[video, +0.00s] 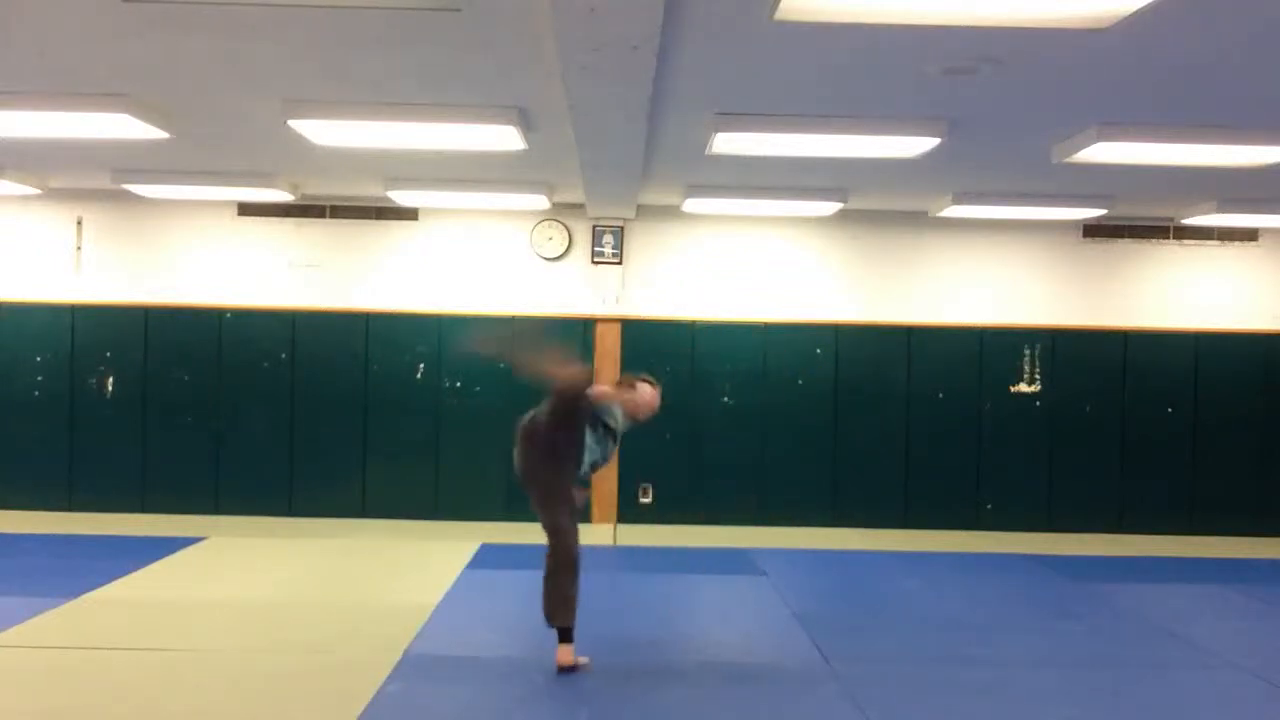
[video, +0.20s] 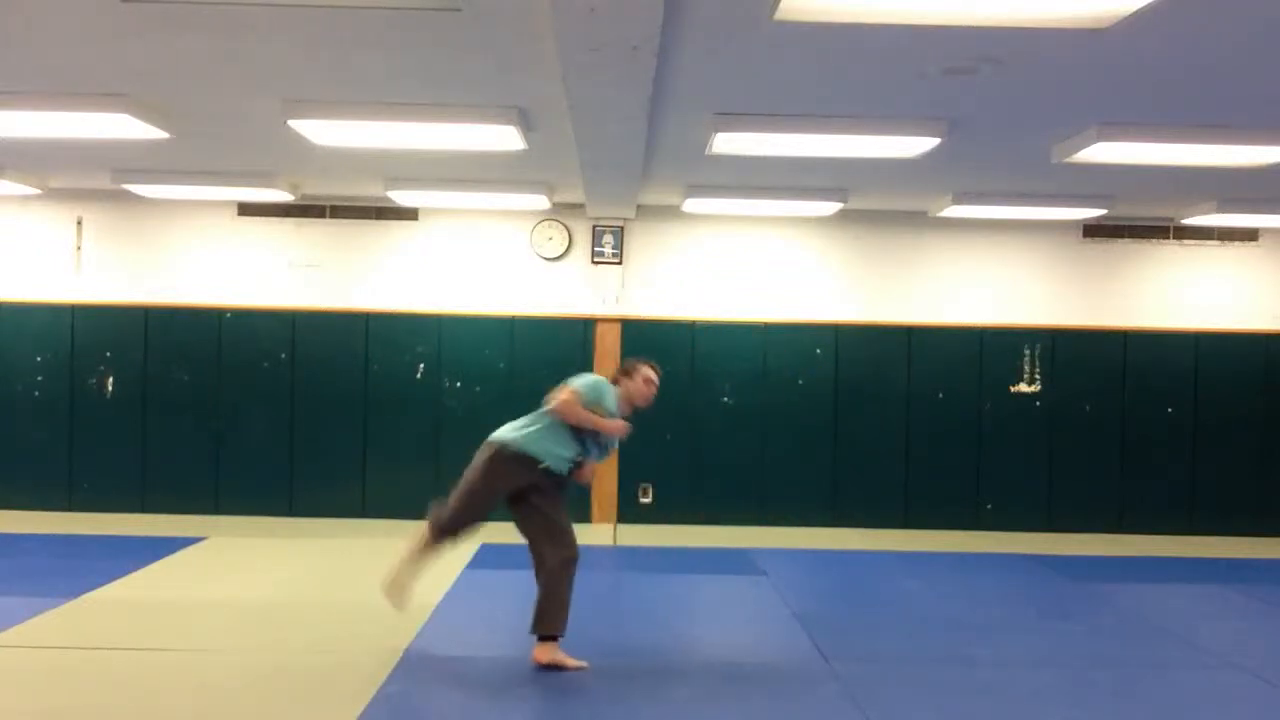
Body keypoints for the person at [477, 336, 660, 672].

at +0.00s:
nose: (648, 405)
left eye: (653, 405)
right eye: (647, 395)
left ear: (648, 415)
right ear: (630, 388)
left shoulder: (607, 442)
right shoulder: (608, 402)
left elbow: (578, 469)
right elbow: (592, 395)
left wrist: (577, 490)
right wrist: (625, 398)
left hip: (554, 481)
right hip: (546, 443)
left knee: (565, 551)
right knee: (575, 382)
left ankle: (565, 647)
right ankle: (507, 353)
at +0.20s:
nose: (652, 390)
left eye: (655, 386)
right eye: (647, 381)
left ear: (651, 393)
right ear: (625, 377)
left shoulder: (616, 426)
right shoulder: (596, 385)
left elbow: (582, 467)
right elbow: (560, 404)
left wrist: (587, 472)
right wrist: (604, 425)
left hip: (543, 478)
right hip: (508, 454)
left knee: (560, 554)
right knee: (454, 519)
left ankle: (547, 645)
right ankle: (410, 564)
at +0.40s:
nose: (548, 347)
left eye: (556, 342)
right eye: (543, 339)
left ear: (565, 350)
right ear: (528, 341)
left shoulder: (575, 393)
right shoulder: (505, 373)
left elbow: (577, 446)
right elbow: (473, 415)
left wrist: (547, 451)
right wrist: (488, 424)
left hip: (540, 481)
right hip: (494, 476)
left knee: (549, 555)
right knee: (462, 549)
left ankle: (563, 640)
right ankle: (465, 615)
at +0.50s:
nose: (507, 335)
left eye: (515, 328)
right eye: (502, 327)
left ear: (529, 333)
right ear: (495, 331)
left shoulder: (549, 375)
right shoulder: (490, 364)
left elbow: (564, 427)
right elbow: (486, 403)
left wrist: (524, 435)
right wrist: (477, 415)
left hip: (536, 473)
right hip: (494, 468)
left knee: (544, 552)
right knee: (471, 542)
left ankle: (564, 636)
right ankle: (467, 615)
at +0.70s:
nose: (491, 322)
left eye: (499, 316)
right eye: (486, 315)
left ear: (513, 321)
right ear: (479, 320)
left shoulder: (532, 359)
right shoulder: (480, 359)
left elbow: (549, 411)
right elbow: (492, 403)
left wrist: (498, 407)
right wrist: (474, 412)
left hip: (531, 463)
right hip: (492, 462)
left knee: (545, 547)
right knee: (477, 541)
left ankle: (568, 634)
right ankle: (467, 615)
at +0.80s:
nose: (495, 320)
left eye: (503, 315)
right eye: (491, 314)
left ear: (518, 321)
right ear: (483, 319)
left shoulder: (535, 358)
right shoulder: (483, 360)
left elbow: (553, 410)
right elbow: (486, 402)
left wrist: (504, 405)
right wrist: (473, 413)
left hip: (529, 465)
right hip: (490, 463)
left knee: (544, 547)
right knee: (476, 542)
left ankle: (577, 632)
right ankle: (467, 616)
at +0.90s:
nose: (505, 322)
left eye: (513, 316)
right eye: (500, 315)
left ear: (528, 322)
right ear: (494, 320)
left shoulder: (546, 362)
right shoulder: (489, 361)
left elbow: (565, 411)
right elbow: (476, 403)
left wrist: (520, 406)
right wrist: (475, 412)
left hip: (532, 470)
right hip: (492, 467)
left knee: (544, 553)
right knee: (475, 543)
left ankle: (581, 635)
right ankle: (467, 617)